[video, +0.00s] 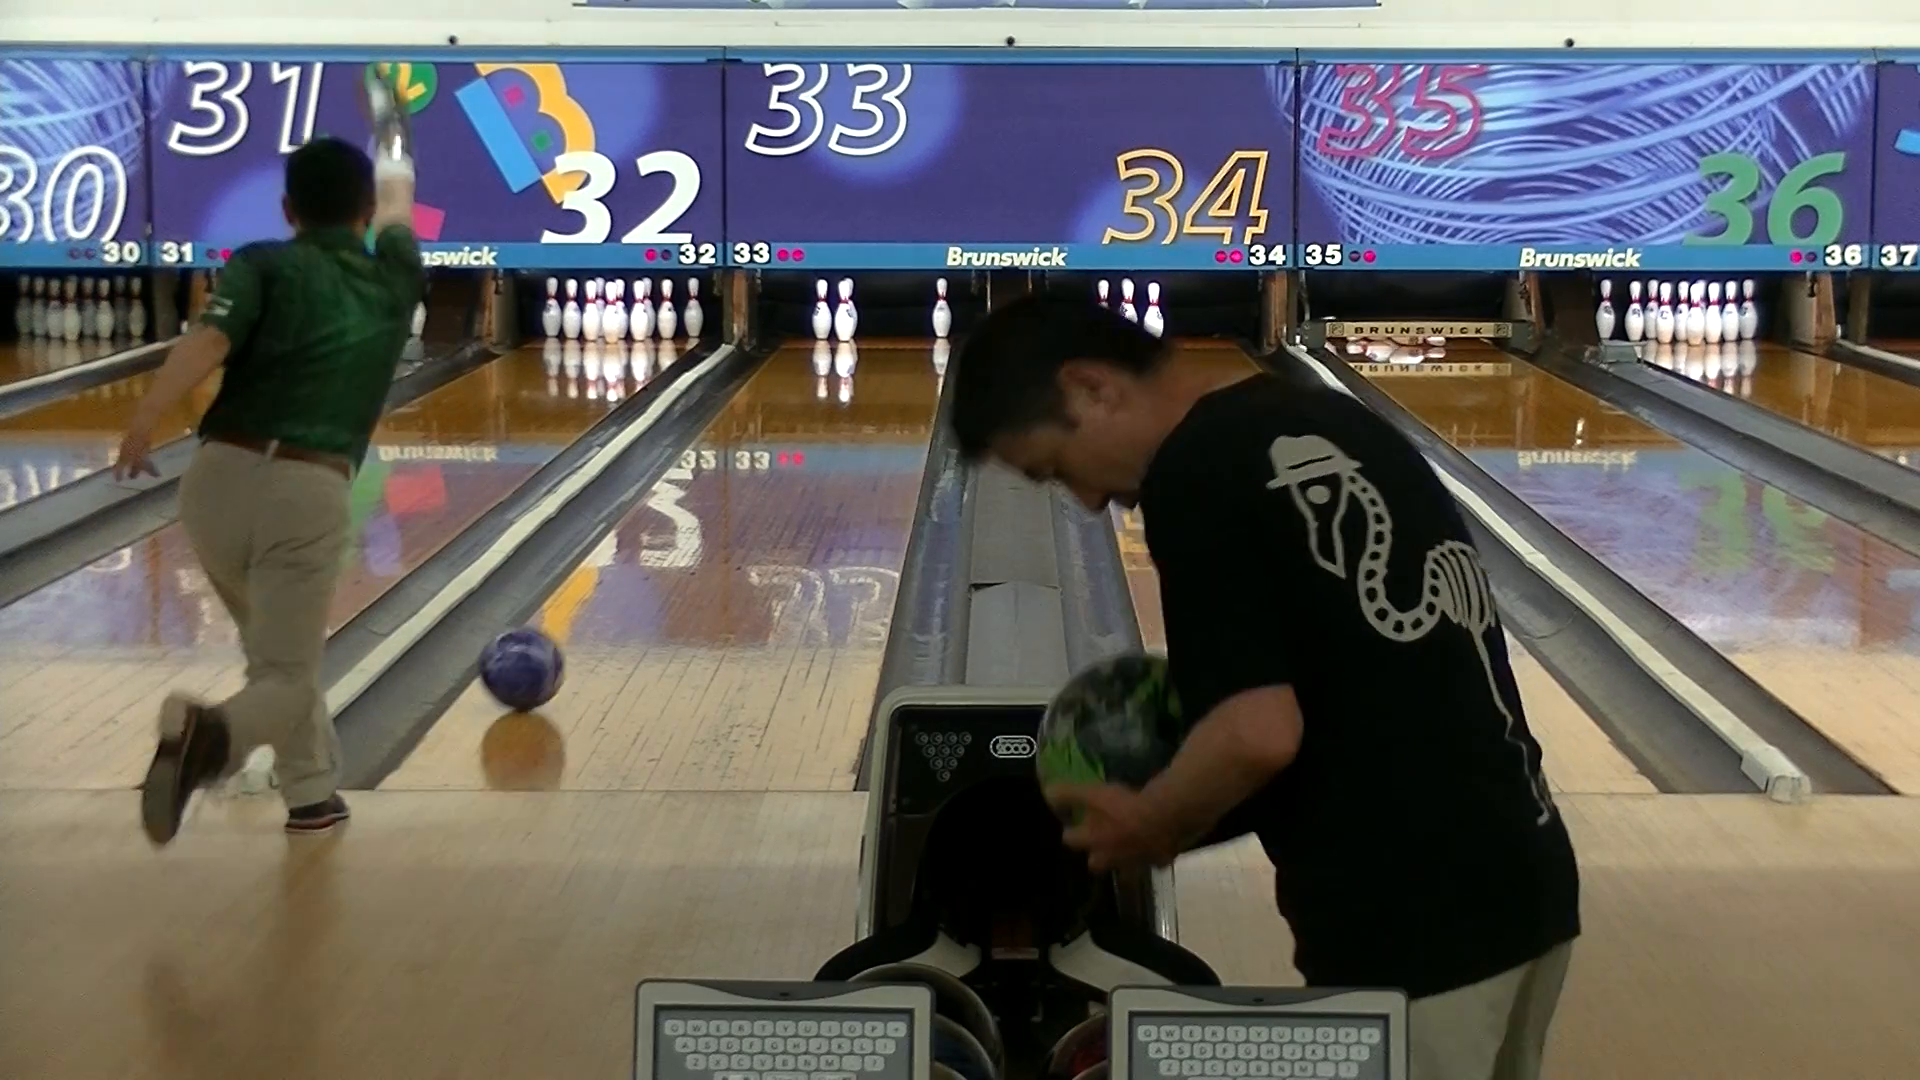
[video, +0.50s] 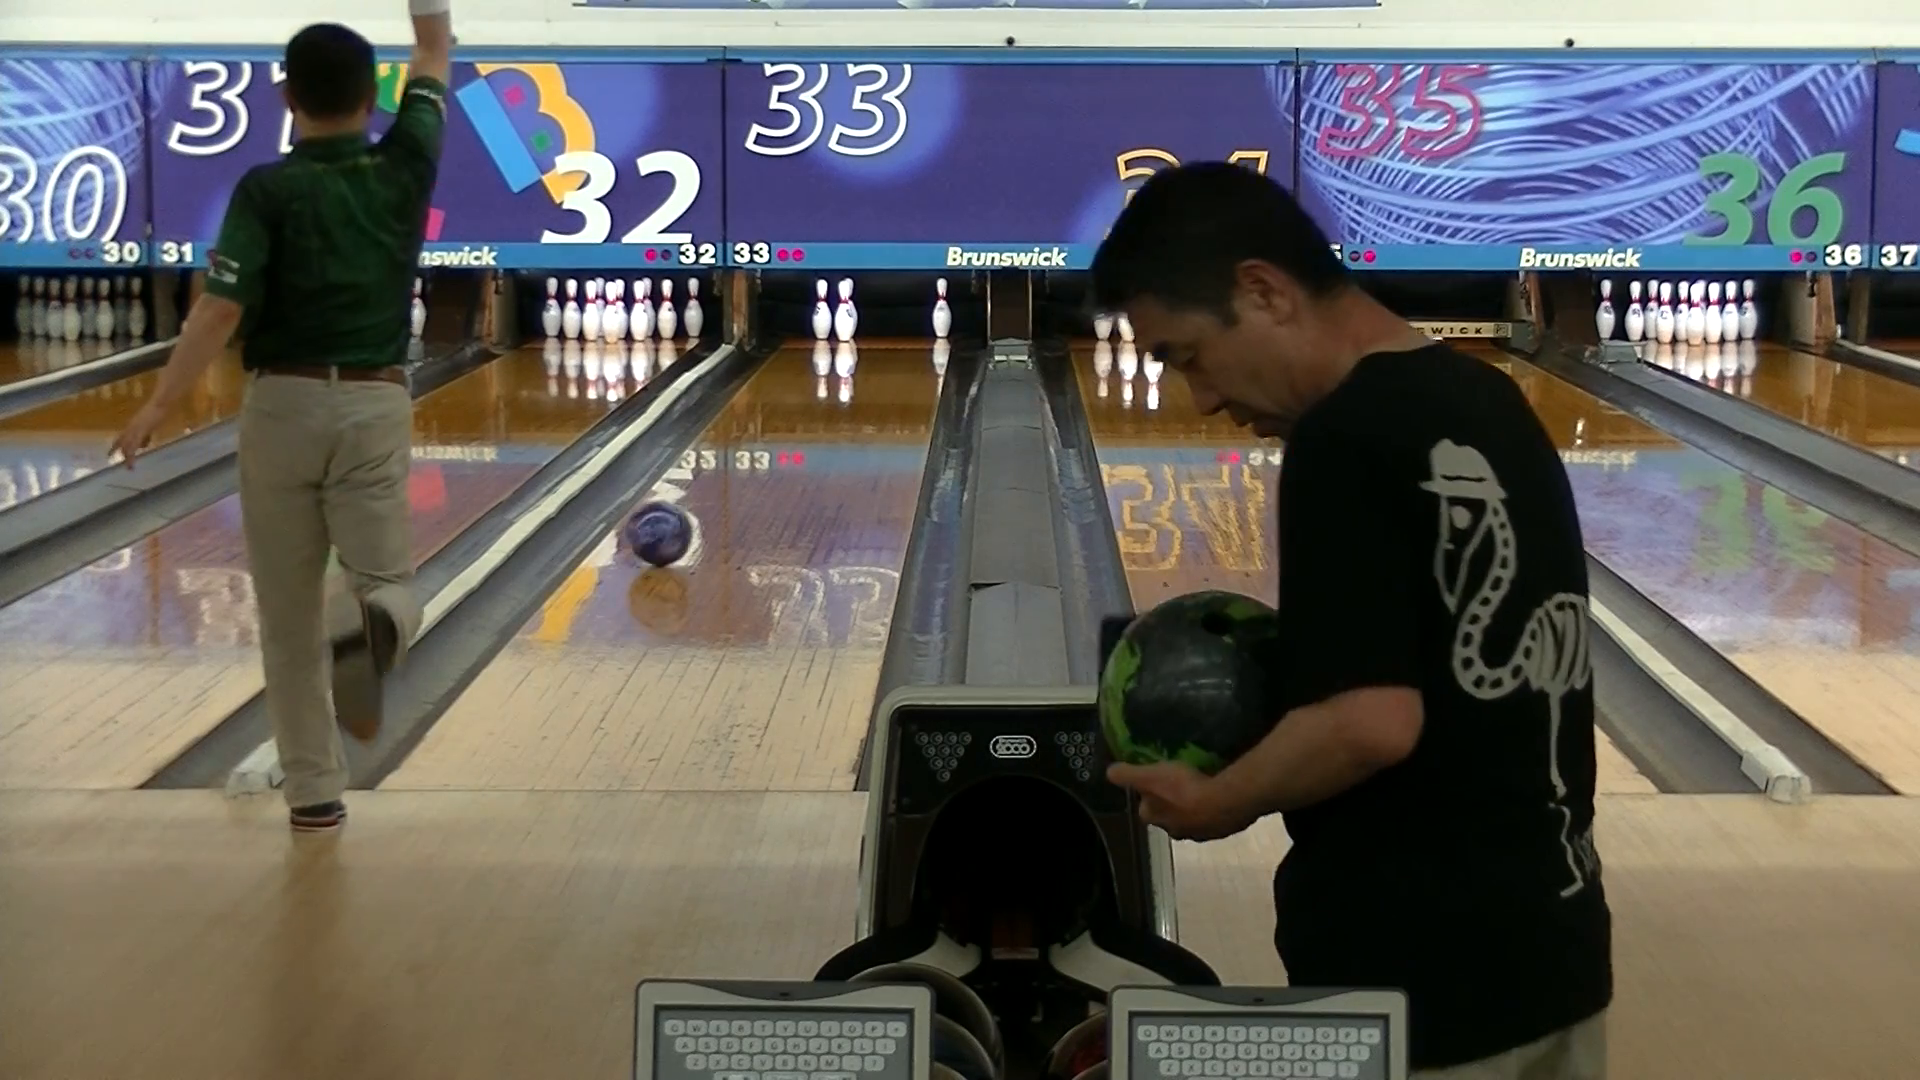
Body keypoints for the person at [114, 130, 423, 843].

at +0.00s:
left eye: (291, 195)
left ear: (290, 205)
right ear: (368, 210)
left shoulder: (260, 266)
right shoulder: (392, 278)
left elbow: (205, 346)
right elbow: (394, 205)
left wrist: (142, 422)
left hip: (217, 476)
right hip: (311, 489)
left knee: (275, 650)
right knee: (289, 673)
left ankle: (311, 796)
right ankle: (212, 739)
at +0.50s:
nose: (303, 96)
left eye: (292, 86)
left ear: (289, 98)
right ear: (369, 99)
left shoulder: (267, 189)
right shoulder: (402, 171)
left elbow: (218, 310)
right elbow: (433, 52)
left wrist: (158, 405)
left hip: (281, 403)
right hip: (377, 403)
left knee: (290, 619)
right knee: (388, 581)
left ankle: (315, 795)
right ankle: (376, 633)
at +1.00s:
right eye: (440, 95)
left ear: (362, 104)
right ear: (443, 103)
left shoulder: (321, 186)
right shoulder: (482, 200)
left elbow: (276, 312)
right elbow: (500, 325)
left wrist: (274, 388)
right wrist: (509, 436)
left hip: (332, 417)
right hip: (433, 420)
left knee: (327, 620)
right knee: (449, 630)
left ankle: (328, 807)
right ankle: (440, 816)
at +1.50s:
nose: (440, 106)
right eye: (439, 94)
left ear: (348, 102)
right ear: (432, 99)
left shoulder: (303, 193)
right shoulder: (458, 183)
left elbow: (286, 331)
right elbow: (487, 288)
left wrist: (324, 398)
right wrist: (532, 413)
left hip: (322, 423)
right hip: (424, 421)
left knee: (339, 637)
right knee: (448, 630)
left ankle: (357, 838)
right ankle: (428, 821)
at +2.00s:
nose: (446, 97)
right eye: (442, 86)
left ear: (354, 101)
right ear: (438, 94)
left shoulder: (313, 188)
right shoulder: (487, 196)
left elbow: (283, 329)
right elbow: (513, 328)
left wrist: (289, 430)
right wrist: (458, 323)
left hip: (326, 429)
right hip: (432, 433)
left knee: (334, 636)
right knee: (438, 641)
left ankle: (335, 832)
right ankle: (417, 840)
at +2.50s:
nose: (398, 103)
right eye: (394, 90)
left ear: (304, 101)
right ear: (389, 99)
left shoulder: (252, 199)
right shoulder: (426, 205)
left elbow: (229, 337)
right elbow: (463, 342)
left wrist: (245, 437)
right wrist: (497, 453)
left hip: (278, 450)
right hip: (385, 449)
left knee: (297, 670)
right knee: (432, 656)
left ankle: (315, 874)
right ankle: (438, 846)